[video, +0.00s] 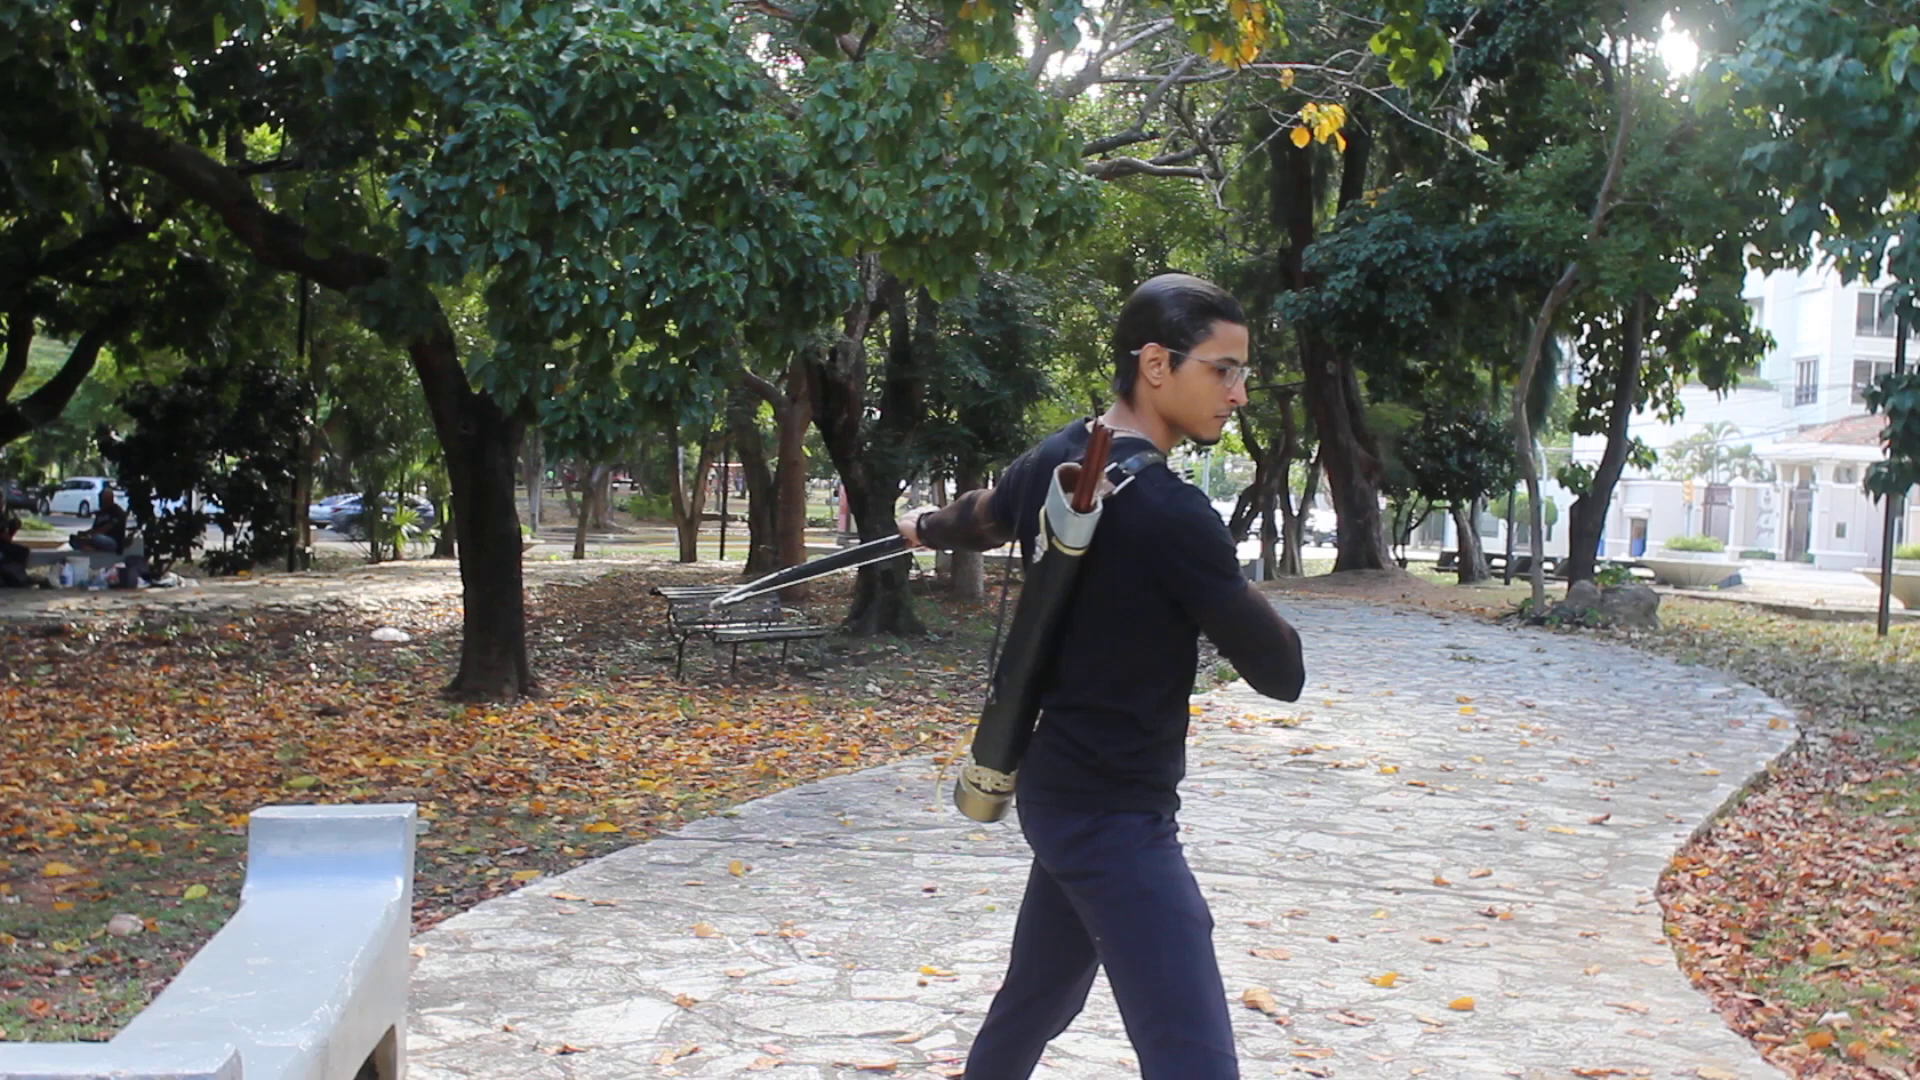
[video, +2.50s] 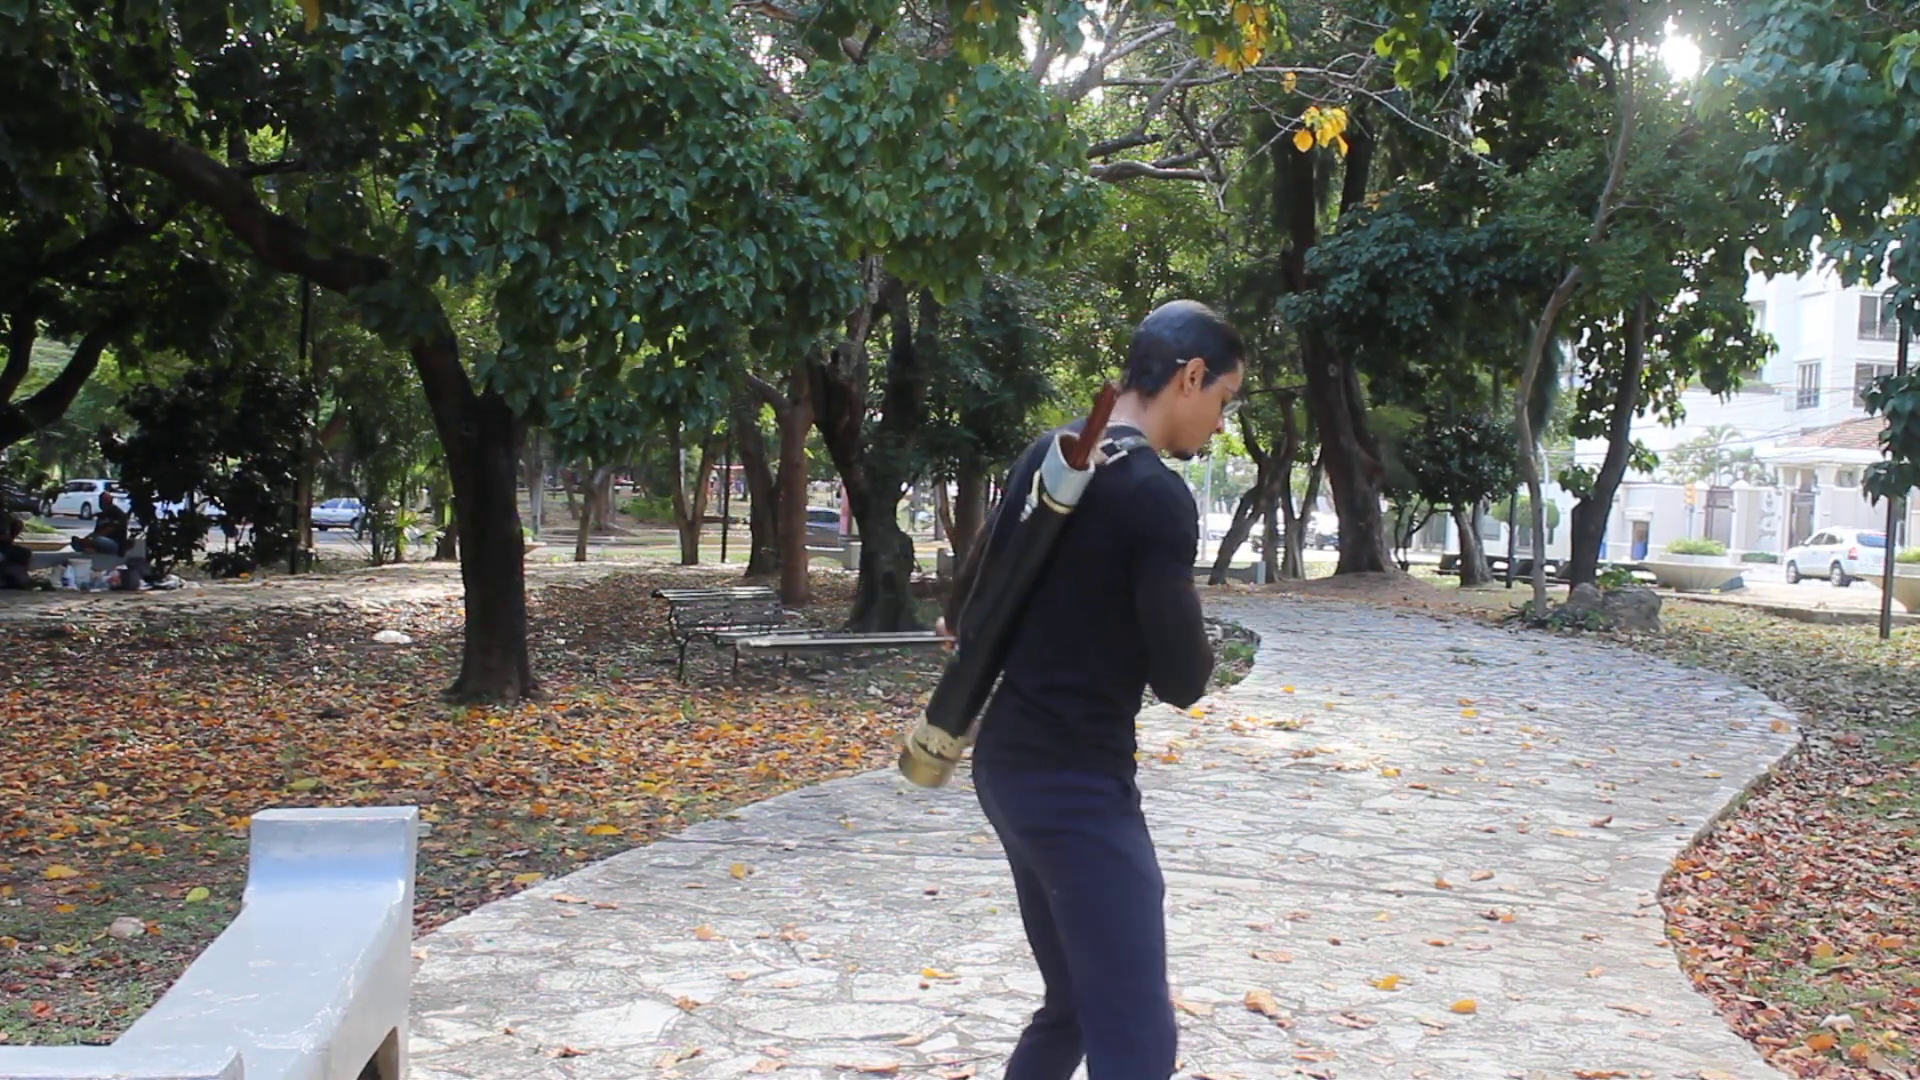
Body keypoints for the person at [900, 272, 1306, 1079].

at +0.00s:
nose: (1241, 392)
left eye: (1242, 371)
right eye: (1224, 368)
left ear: (1151, 371)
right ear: (1153, 367)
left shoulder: (1063, 451)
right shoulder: (1172, 509)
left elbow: (987, 512)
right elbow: (1282, 673)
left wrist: (929, 525)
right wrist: (1221, 585)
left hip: (1067, 791)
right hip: (1112, 811)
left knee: (1035, 1005)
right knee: (1195, 1055)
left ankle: (981, 1075)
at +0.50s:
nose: (1230, 385)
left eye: (1231, 363)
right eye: (1209, 363)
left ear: (1139, 371)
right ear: (1141, 365)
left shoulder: (1062, 450)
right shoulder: (1162, 504)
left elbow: (992, 522)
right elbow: (1280, 664)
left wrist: (949, 538)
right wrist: (1219, 581)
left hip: (1071, 796)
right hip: (1112, 814)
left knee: (1042, 1007)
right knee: (1187, 1057)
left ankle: (989, 1075)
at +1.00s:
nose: (1230, 383)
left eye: (1232, 360)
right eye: (1210, 358)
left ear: (1142, 369)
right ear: (1142, 362)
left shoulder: (1062, 454)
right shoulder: (1164, 505)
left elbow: (996, 527)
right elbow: (1284, 661)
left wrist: (953, 541)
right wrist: (1232, 589)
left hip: (1071, 791)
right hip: (1111, 811)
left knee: (1041, 1005)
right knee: (1182, 1058)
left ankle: (988, 1076)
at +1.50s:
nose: (1237, 384)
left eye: (1238, 363)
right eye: (1218, 362)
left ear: (1154, 368)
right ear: (1153, 363)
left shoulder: (1065, 456)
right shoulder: (1168, 508)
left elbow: (1000, 532)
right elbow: (1286, 663)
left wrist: (955, 548)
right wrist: (1235, 587)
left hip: (1072, 791)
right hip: (1113, 811)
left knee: (1039, 1008)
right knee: (1184, 1059)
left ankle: (986, 1077)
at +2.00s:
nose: (1250, 397)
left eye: (1253, 378)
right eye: (1245, 374)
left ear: (1173, 359)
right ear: (1192, 359)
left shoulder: (1066, 445)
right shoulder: (1174, 496)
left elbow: (985, 543)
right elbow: (1270, 674)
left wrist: (955, 567)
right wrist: (1221, 583)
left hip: (1046, 781)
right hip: (1107, 801)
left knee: (1053, 1000)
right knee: (1171, 1052)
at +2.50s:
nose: (1221, 423)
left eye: (1229, 405)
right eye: (1225, 399)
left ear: (1138, 373)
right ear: (1188, 376)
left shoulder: (1044, 456)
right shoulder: (1156, 491)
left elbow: (980, 609)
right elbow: (1182, 679)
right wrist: (1193, 631)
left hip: (1013, 763)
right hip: (1078, 779)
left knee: (1070, 1012)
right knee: (1137, 1041)